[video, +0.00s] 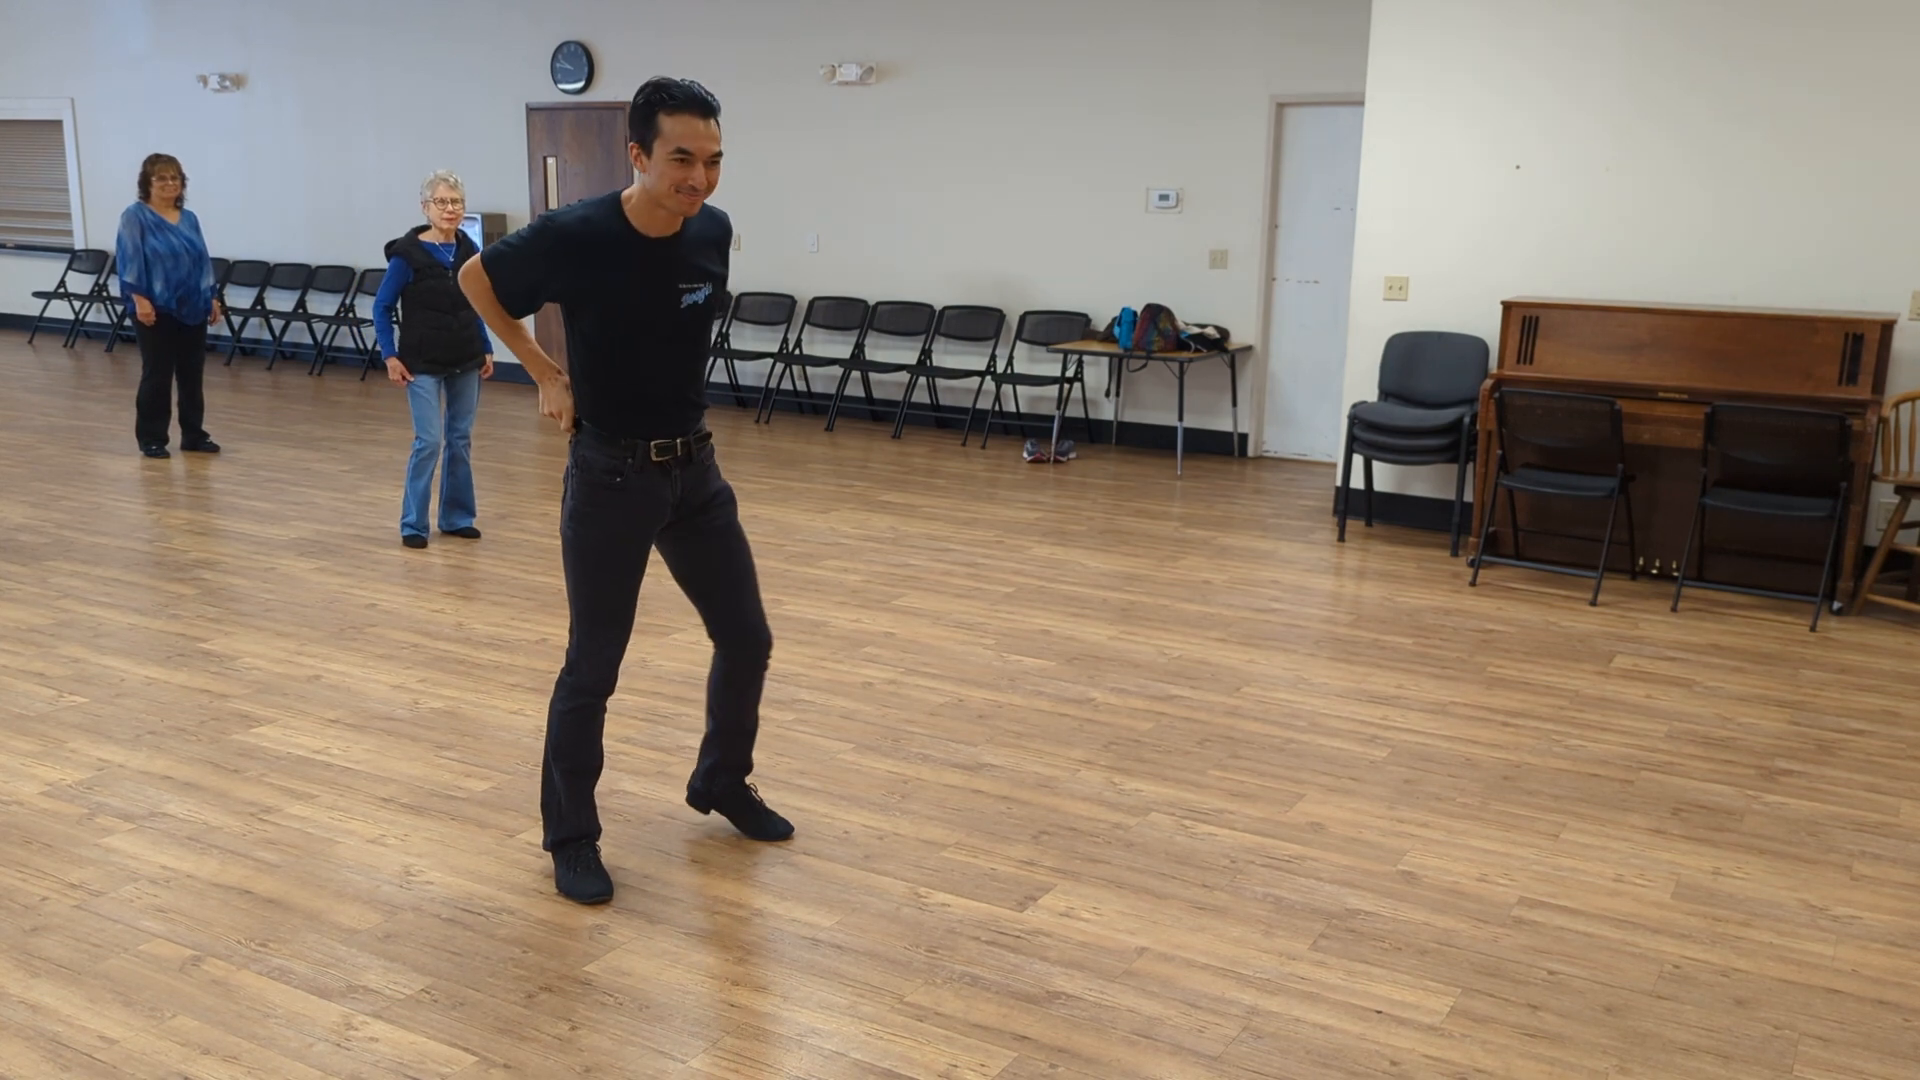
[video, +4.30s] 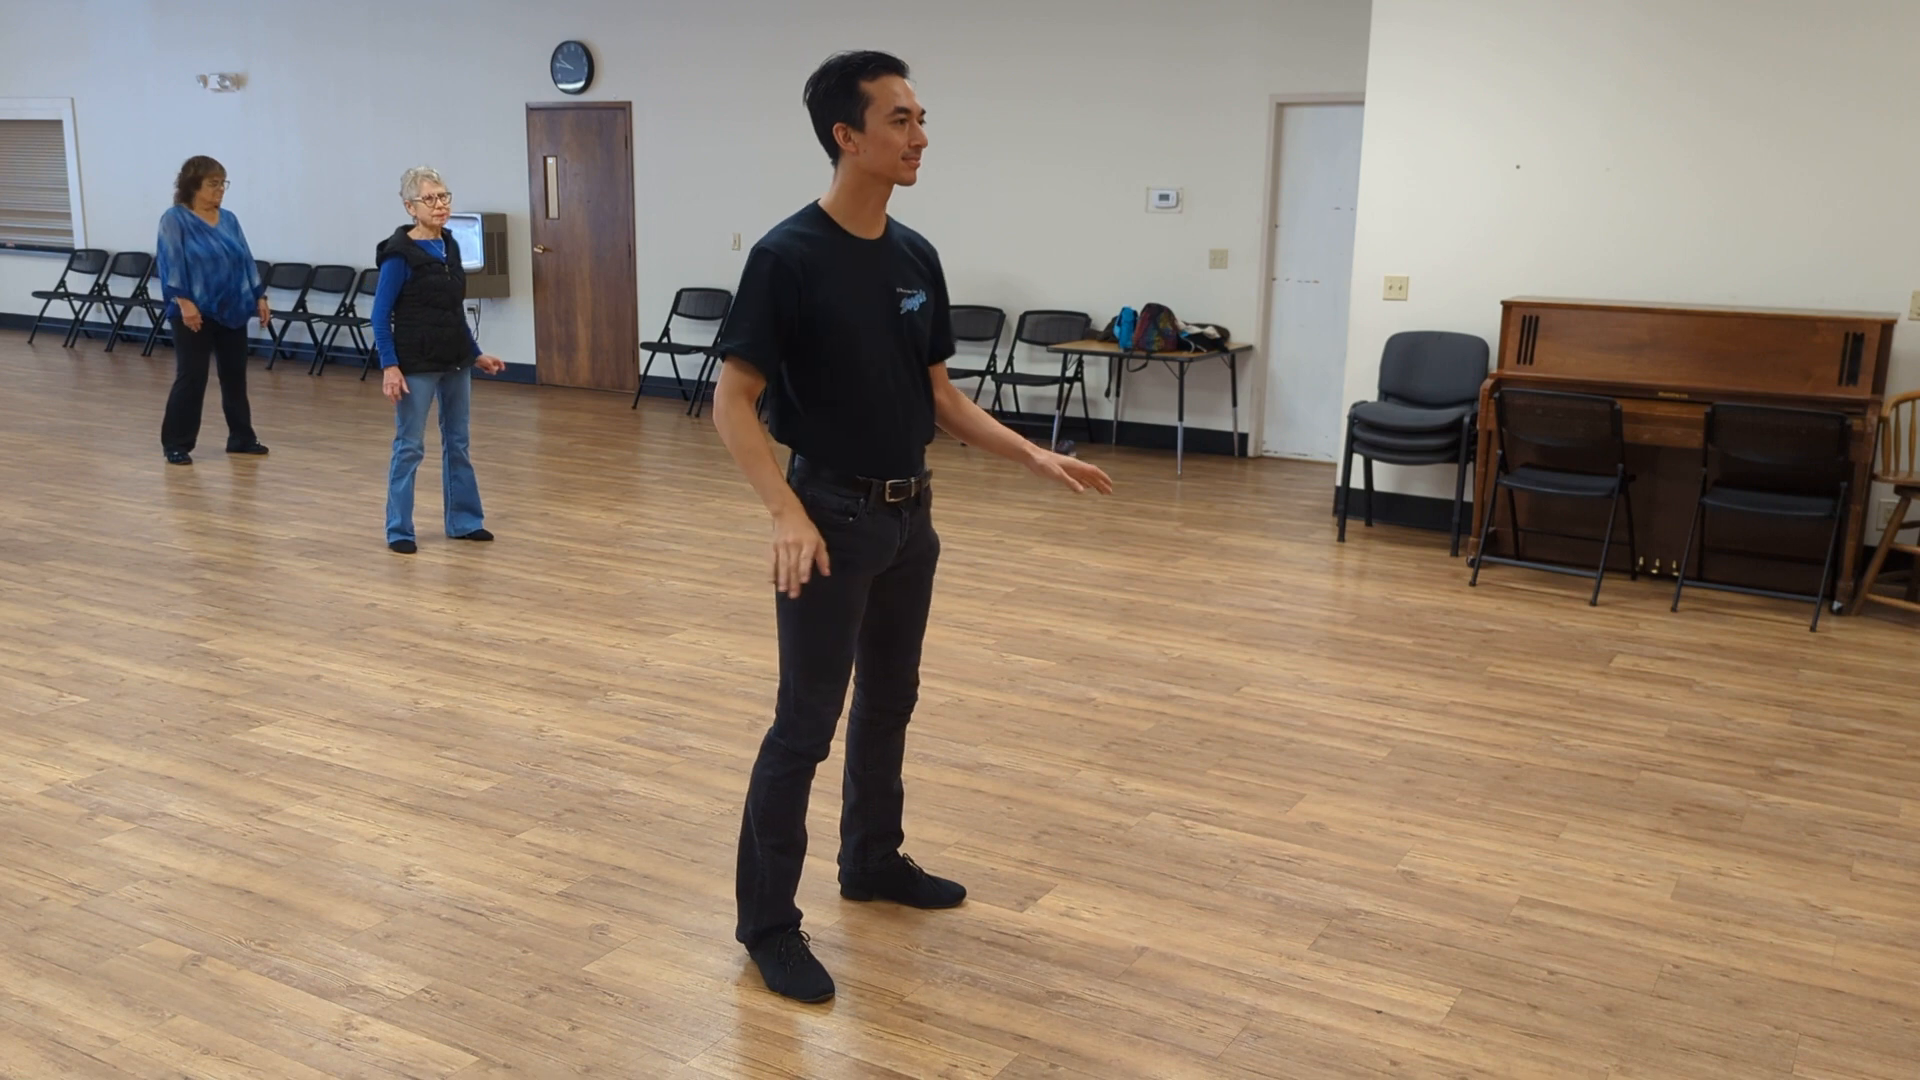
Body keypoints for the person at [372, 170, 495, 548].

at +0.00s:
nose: (450, 209)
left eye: (456, 202)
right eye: (442, 203)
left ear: (464, 207)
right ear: (426, 207)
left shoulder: (470, 250)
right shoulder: (410, 253)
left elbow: (478, 306)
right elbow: (382, 306)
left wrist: (486, 348)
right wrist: (389, 355)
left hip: (467, 360)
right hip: (422, 362)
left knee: (460, 440)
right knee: (429, 442)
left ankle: (457, 518)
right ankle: (414, 525)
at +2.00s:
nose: (449, 205)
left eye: (455, 198)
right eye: (440, 199)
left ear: (461, 202)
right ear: (424, 204)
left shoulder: (466, 247)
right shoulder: (409, 251)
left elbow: (470, 305)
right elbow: (388, 310)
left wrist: (493, 350)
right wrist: (395, 361)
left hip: (469, 358)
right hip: (427, 360)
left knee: (464, 442)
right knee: (420, 446)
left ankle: (464, 521)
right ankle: (411, 526)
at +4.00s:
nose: (443, 208)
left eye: (444, 201)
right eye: (434, 202)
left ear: (440, 204)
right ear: (408, 207)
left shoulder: (431, 248)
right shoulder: (387, 254)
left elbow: (429, 314)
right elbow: (365, 313)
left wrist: (448, 358)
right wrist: (378, 366)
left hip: (433, 364)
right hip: (395, 367)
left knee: (450, 443)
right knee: (395, 449)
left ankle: (463, 522)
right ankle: (397, 531)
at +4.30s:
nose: (440, 205)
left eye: (444, 197)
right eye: (430, 200)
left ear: (450, 201)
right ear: (410, 207)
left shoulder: (450, 247)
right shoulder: (400, 253)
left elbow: (454, 310)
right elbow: (379, 315)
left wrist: (476, 355)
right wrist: (389, 366)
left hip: (455, 361)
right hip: (415, 365)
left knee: (457, 445)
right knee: (409, 448)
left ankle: (463, 522)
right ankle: (399, 530)